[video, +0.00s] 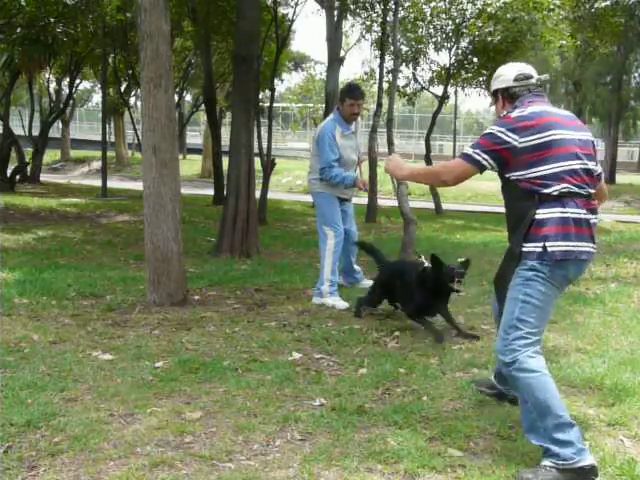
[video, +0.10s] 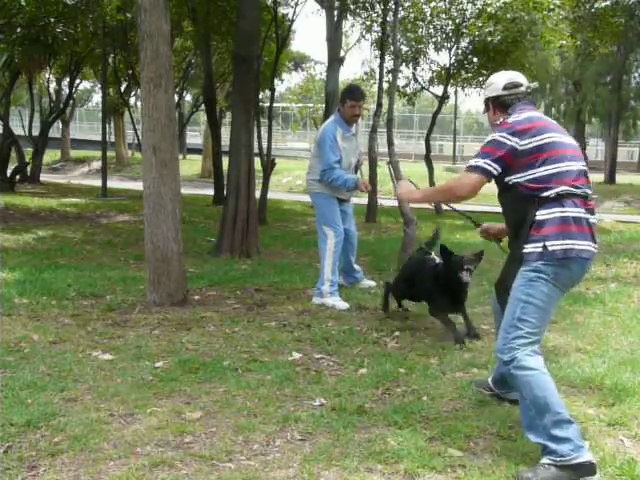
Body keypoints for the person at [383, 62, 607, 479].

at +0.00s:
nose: (494, 109)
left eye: (494, 103)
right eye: (493, 103)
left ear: (504, 97)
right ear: (536, 92)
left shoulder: (511, 125)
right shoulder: (576, 124)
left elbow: (452, 173)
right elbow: (599, 193)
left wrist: (405, 172)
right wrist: (562, 217)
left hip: (546, 245)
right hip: (579, 244)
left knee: (516, 350)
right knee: (507, 300)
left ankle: (569, 456)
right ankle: (509, 382)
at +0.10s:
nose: (487, 117)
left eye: (487, 110)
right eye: (487, 110)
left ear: (496, 107)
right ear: (524, 101)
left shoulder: (510, 130)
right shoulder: (551, 128)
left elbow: (466, 187)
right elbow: (561, 200)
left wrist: (416, 195)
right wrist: (509, 228)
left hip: (551, 247)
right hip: (577, 245)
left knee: (516, 350)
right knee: (506, 294)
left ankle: (568, 453)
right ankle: (505, 383)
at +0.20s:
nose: (478, 139)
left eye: (478, 131)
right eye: (478, 132)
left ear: (487, 127)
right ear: (510, 121)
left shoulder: (510, 139)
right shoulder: (525, 138)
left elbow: (507, 197)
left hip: (569, 246)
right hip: (554, 245)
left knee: (517, 339)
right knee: (498, 303)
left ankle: (564, 449)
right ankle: (503, 383)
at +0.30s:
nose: (470, 151)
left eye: (470, 143)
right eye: (468, 144)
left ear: (480, 137)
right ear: (489, 139)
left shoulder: (514, 143)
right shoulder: (498, 175)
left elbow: (551, 184)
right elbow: (483, 232)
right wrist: (451, 264)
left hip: (580, 249)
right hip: (550, 253)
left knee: (531, 341)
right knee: (498, 307)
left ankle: (589, 452)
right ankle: (506, 385)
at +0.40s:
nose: (471, 149)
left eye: (470, 141)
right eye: (470, 142)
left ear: (480, 137)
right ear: (490, 138)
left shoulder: (516, 143)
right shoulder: (499, 176)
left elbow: (567, 171)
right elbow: (511, 242)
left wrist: (548, 235)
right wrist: (479, 295)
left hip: (583, 256)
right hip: (553, 259)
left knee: (555, 361)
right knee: (506, 306)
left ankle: (624, 457)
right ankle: (506, 386)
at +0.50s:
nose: (475, 144)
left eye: (475, 136)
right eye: (474, 137)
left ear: (485, 132)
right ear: (496, 131)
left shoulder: (523, 140)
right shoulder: (511, 170)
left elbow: (568, 175)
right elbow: (533, 238)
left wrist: (551, 245)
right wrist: (503, 283)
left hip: (590, 255)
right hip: (562, 257)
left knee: (555, 362)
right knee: (518, 307)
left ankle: (621, 461)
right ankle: (507, 385)